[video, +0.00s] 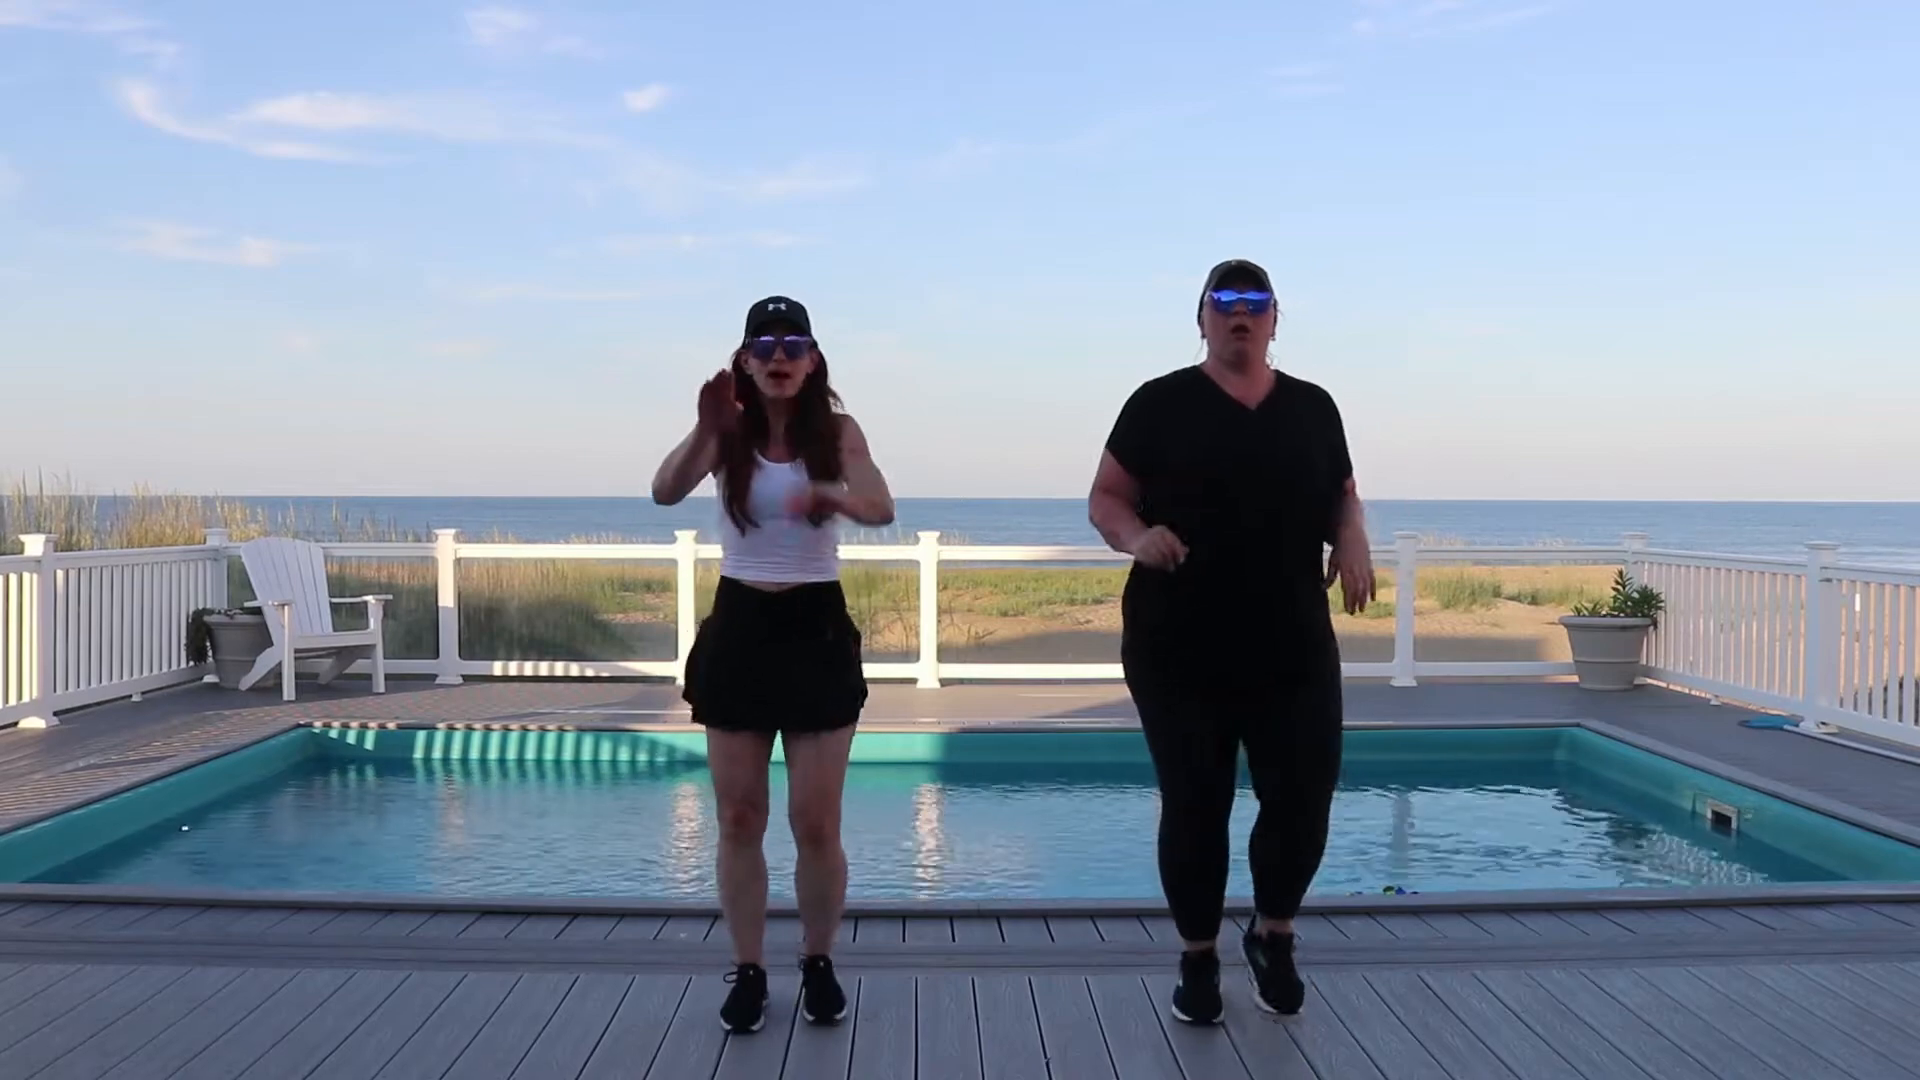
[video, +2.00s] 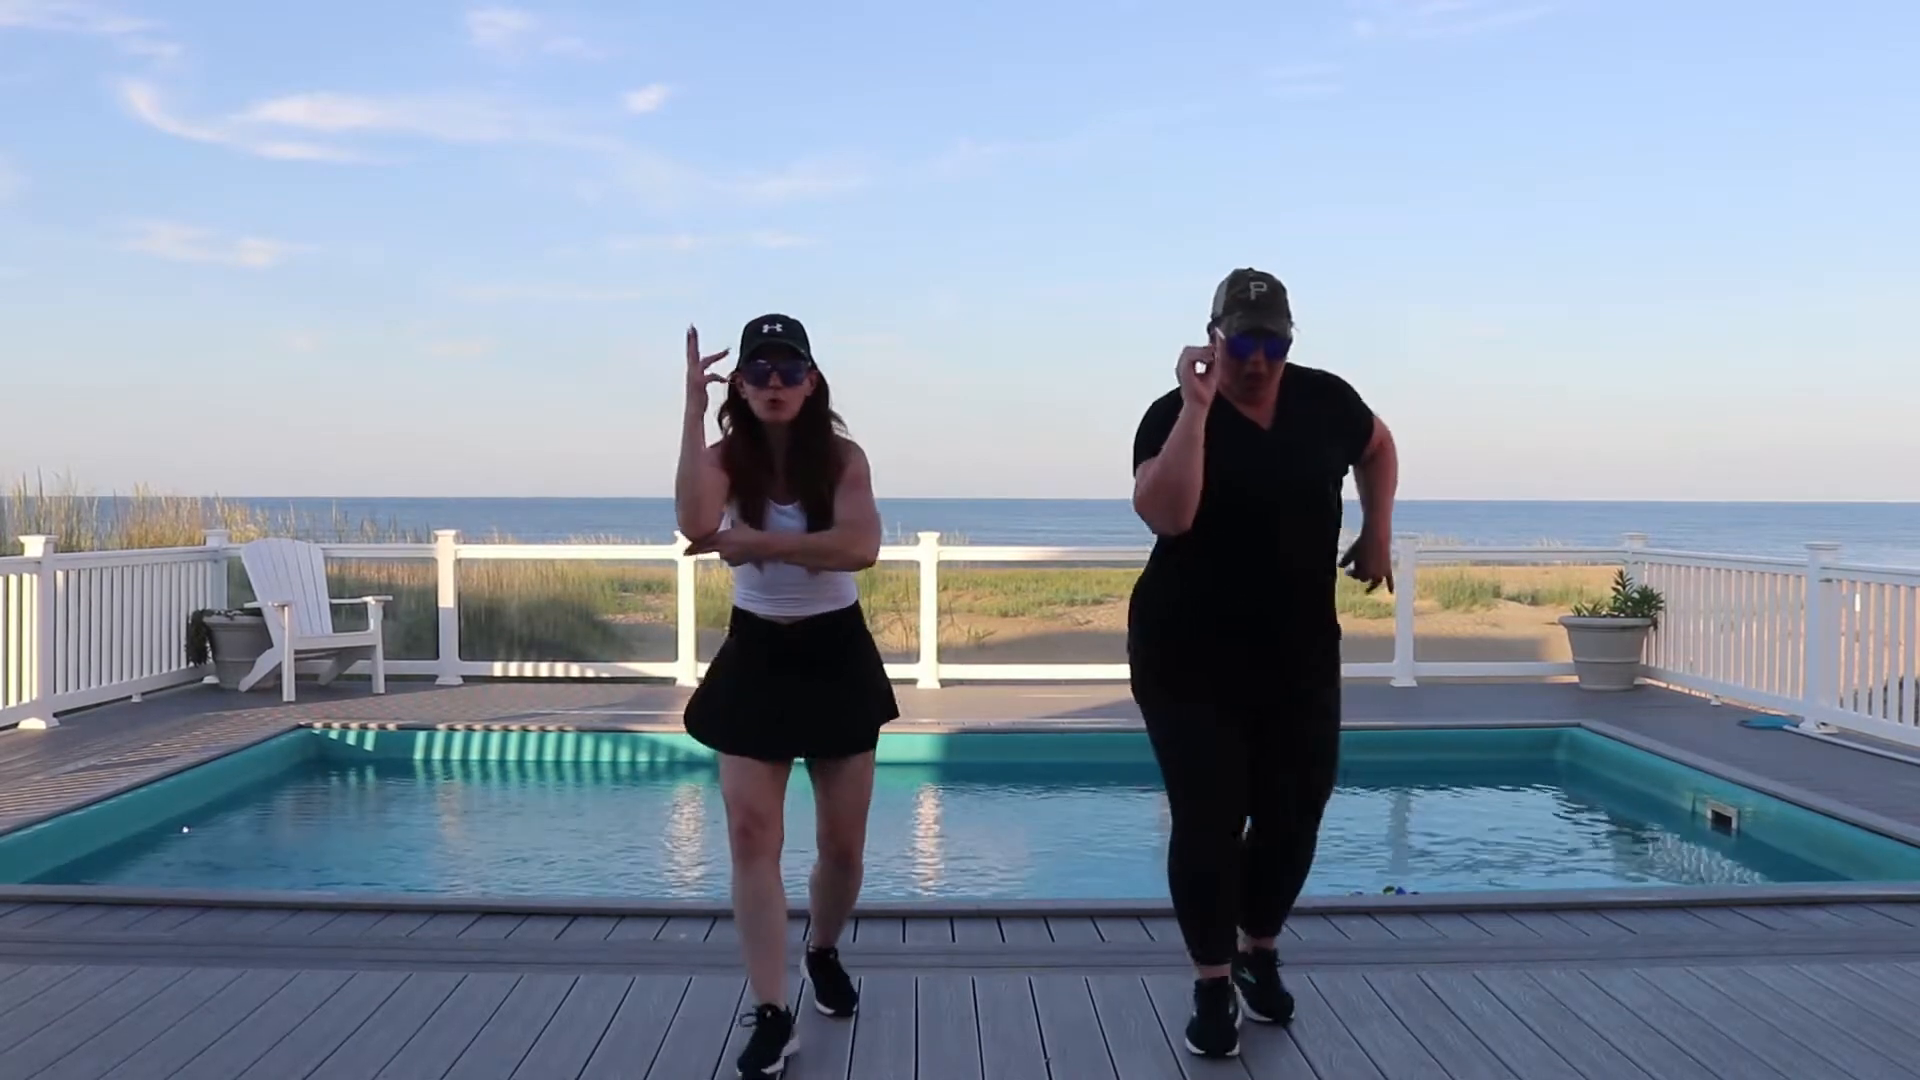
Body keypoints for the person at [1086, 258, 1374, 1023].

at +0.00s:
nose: (1240, 311)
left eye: (1254, 301)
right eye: (1225, 301)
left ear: (1274, 319)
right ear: (1202, 318)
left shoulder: (1313, 408)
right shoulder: (1158, 404)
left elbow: (1342, 496)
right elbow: (1106, 499)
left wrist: (1351, 537)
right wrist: (1135, 535)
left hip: (1289, 634)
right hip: (1180, 638)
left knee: (1303, 794)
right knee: (1195, 798)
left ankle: (1273, 936)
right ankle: (1198, 955)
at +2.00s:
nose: (1260, 357)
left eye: (1273, 344)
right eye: (1245, 343)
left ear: (1289, 338)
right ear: (1215, 336)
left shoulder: (1327, 401)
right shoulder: (1170, 416)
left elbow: (1377, 449)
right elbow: (1167, 514)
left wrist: (1377, 533)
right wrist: (1196, 404)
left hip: (1297, 647)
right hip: (1189, 651)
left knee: (1295, 808)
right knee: (1207, 813)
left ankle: (1257, 948)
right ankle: (1212, 979)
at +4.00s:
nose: (1270, 325)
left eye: (1284, 314)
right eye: (1254, 314)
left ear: (1302, 328)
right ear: (1225, 326)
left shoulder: (1342, 413)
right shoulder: (1184, 408)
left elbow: (1401, 502)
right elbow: (1182, 499)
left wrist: (1309, 473)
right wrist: (1246, 410)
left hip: (1311, 652)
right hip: (1198, 652)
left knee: (1315, 813)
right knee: (1207, 821)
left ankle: (1275, 957)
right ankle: (1206, 970)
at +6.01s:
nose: (1278, 311)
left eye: (1292, 301)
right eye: (1263, 300)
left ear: (1310, 318)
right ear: (1235, 316)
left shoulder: (1346, 406)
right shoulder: (1193, 402)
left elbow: (1404, 453)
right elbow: (1178, 496)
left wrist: (1379, 340)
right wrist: (1301, 485)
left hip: (1315, 660)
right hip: (1201, 660)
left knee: (1319, 825)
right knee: (1211, 824)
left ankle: (1329, 1002)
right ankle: (1221, 973)